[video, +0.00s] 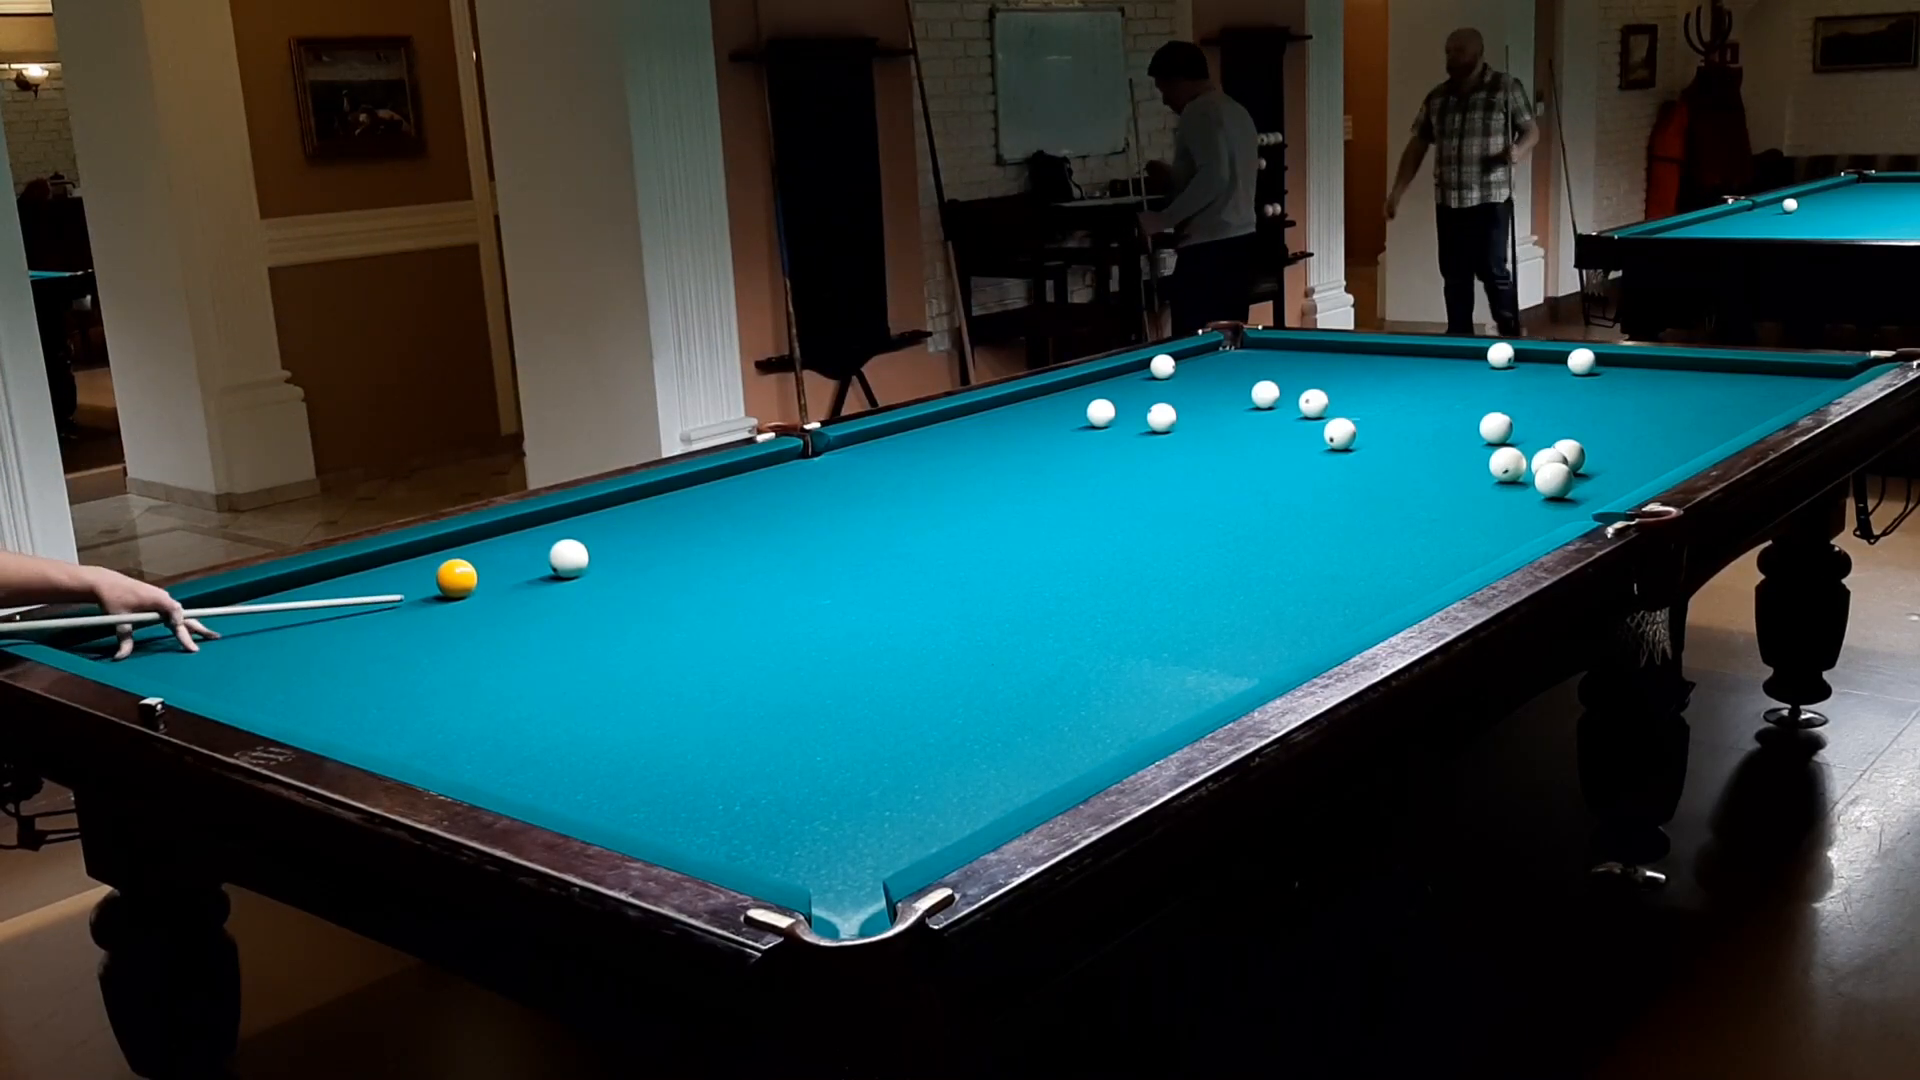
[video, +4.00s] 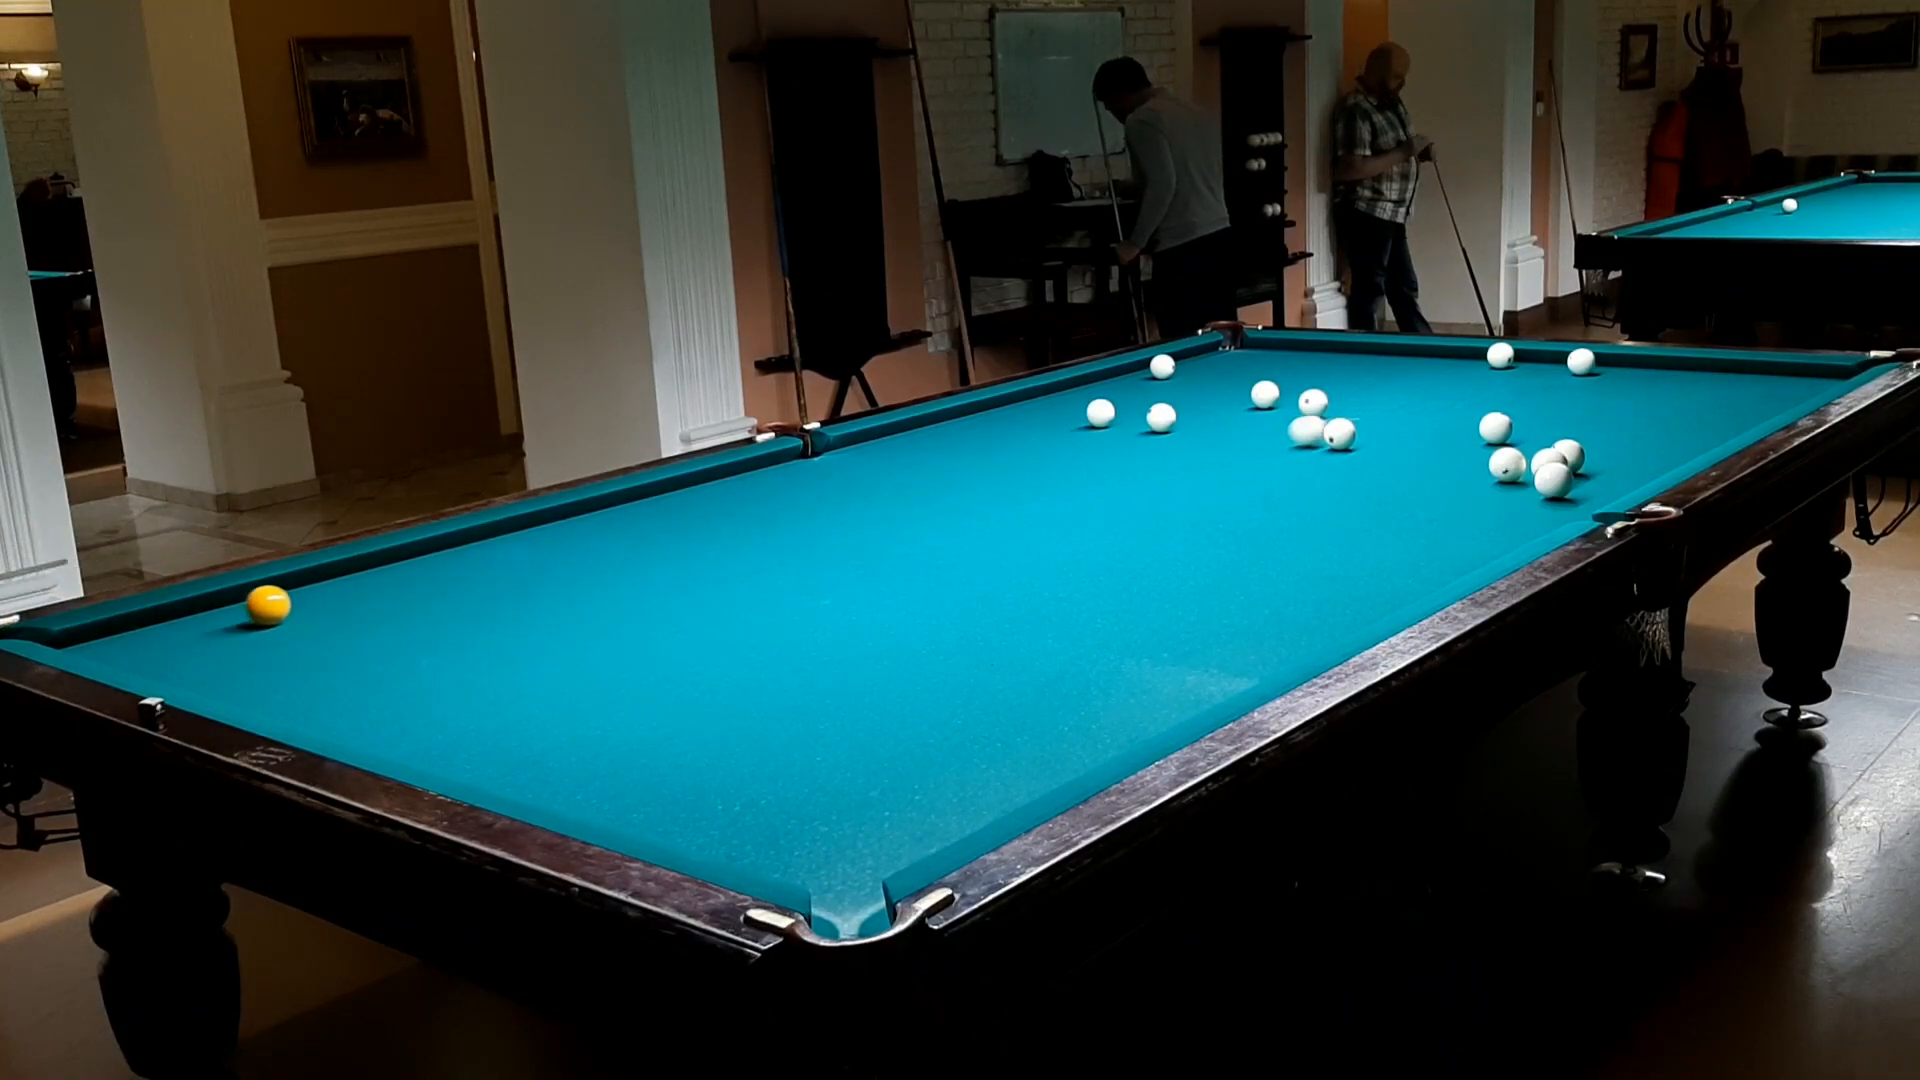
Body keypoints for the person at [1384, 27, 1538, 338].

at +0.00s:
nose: (1450, 59)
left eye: (1457, 52)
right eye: (1448, 52)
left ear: (1477, 53)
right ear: (1446, 53)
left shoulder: (1506, 87)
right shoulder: (1437, 97)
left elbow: (1531, 131)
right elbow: (1416, 147)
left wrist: (1517, 150)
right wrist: (1395, 194)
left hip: (1492, 201)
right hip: (1450, 203)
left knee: (1494, 273)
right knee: (1455, 280)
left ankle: (1512, 340)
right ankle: (1459, 342)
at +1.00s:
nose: (1439, 59)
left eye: (1444, 53)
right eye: (1430, 53)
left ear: (1452, 57)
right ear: (1415, 57)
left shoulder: (1453, 99)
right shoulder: (1399, 94)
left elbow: (1456, 155)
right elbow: (1380, 149)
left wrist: (1463, 198)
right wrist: (1414, 186)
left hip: (1449, 212)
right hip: (1412, 211)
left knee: (1443, 289)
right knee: (1402, 285)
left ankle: (1436, 355)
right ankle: (1380, 350)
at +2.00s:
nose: (1407, 70)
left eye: (1406, 63)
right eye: (1401, 63)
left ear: (1383, 68)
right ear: (1380, 68)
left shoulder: (1395, 105)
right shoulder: (1358, 109)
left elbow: (1390, 156)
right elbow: (1348, 169)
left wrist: (1418, 161)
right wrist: (1399, 172)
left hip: (1389, 218)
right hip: (1364, 217)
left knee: (1402, 291)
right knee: (1366, 294)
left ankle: (1424, 351)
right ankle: (1367, 358)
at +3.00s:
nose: (1401, 71)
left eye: (1400, 64)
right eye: (1394, 65)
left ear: (1381, 69)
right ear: (1373, 68)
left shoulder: (1394, 103)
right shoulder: (1354, 108)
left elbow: (1388, 154)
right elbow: (1348, 168)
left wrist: (1416, 153)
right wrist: (1400, 154)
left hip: (1390, 217)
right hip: (1363, 217)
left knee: (1405, 290)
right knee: (1366, 293)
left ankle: (1426, 353)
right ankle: (1364, 360)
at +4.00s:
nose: (1402, 84)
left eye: (1404, 77)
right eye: (1397, 77)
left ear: (1401, 74)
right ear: (1377, 73)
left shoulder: (1393, 104)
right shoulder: (1354, 108)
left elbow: (1389, 155)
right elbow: (1350, 169)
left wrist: (1418, 154)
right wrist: (1402, 153)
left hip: (1390, 217)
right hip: (1363, 216)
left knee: (1404, 289)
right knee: (1366, 292)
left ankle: (1425, 353)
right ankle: (1363, 359)